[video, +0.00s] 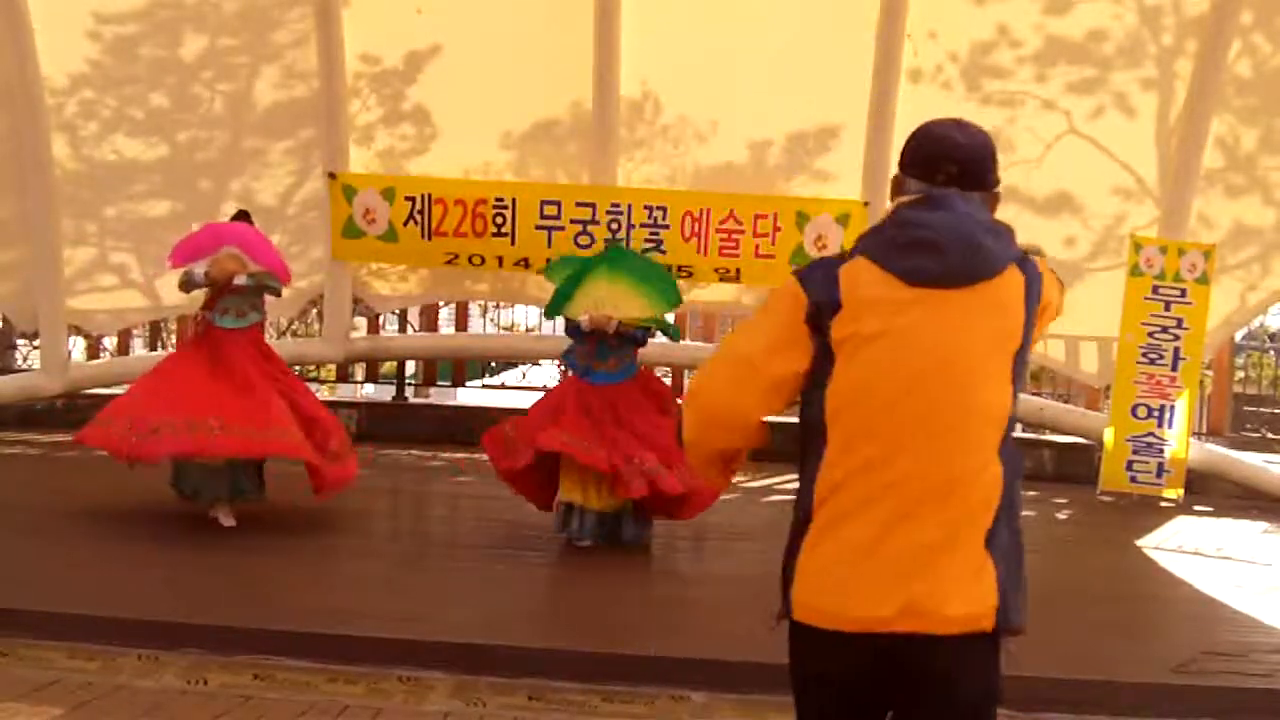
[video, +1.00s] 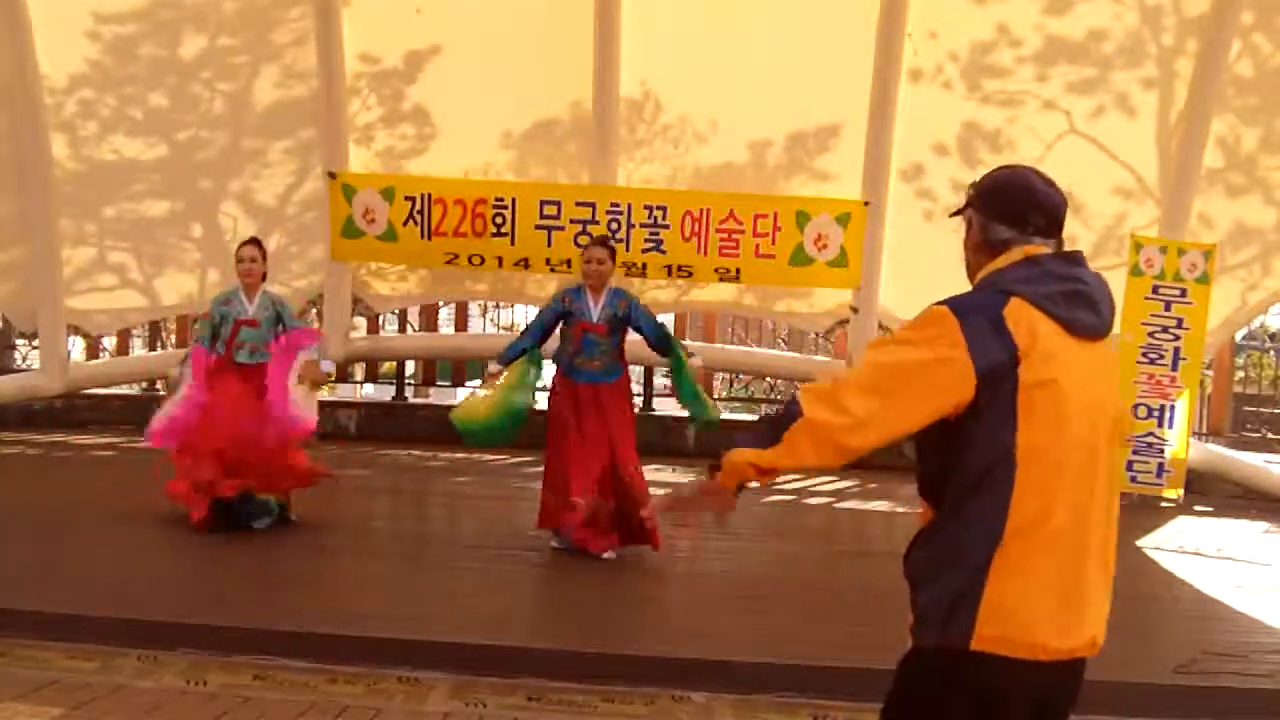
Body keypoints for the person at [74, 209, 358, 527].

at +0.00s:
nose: (237, 245)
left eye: (244, 240)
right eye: (233, 241)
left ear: (253, 241)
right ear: (223, 240)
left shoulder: (261, 266)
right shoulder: (213, 265)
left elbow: (277, 286)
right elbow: (184, 282)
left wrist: (247, 273)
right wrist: (212, 274)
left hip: (249, 341)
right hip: (214, 339)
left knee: (243, 416)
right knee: (216, 417)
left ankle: (229, 492)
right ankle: (220, 499)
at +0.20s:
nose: (246, 252)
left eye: (253, 246)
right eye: (239, 246)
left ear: (261, 250)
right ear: (230, 248)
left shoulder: (265, 278)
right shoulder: (219, 275)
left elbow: (292, 301)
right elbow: (195, 295)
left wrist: (260, 293)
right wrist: (224, 292)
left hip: (251, 358)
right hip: (216, 356)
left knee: (250, 424)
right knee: (217, 424)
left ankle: (238, 493)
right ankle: (220, 501)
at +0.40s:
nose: (247, 255)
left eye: (253, 250)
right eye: (242, 250)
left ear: (264, 253)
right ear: (235, 253)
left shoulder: (273, 288)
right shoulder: (222, 287)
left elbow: (293, 321)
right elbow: (203, 319)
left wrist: (264, 325)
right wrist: (227, 323)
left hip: (256, 364)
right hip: (222, 363)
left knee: (256, 431)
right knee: (218, 430)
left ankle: (250, 507)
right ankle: (217, 506)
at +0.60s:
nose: (249, 266)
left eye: (256, 260)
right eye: (244, 260)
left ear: (266, 266)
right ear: (238, 265)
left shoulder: (276, 302)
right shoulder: (226, 300)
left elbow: (292, 341)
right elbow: (209, 339)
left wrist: (272, 356)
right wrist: (234, 357)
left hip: (262, 378)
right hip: (228, 378)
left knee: (262, 436)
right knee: (226, 435)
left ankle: (261, 505)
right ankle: (228, 504)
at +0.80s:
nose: (249, 272)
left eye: (256, 266)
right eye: (244, 266)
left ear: (267, 271)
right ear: (237, 271)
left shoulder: (280, 309)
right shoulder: (226, 308)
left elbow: (293, 348)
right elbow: (215, 352)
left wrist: (277, 358)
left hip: (270, 381)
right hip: (235, 381)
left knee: (268, 435)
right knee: (238, 435)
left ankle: (271, 500)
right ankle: (241, 499)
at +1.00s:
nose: (247, 267)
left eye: (254, 261)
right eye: (242, 261)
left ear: (264, 267)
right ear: (235, 266)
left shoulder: (275, 305)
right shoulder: (222, 303)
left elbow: (298, 338)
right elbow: (203, 344)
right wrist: (197, 379)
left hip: (262, 376)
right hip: (226, 375)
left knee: (264, 435)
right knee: (224, 434)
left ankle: (278, 500)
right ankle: (219, 499)